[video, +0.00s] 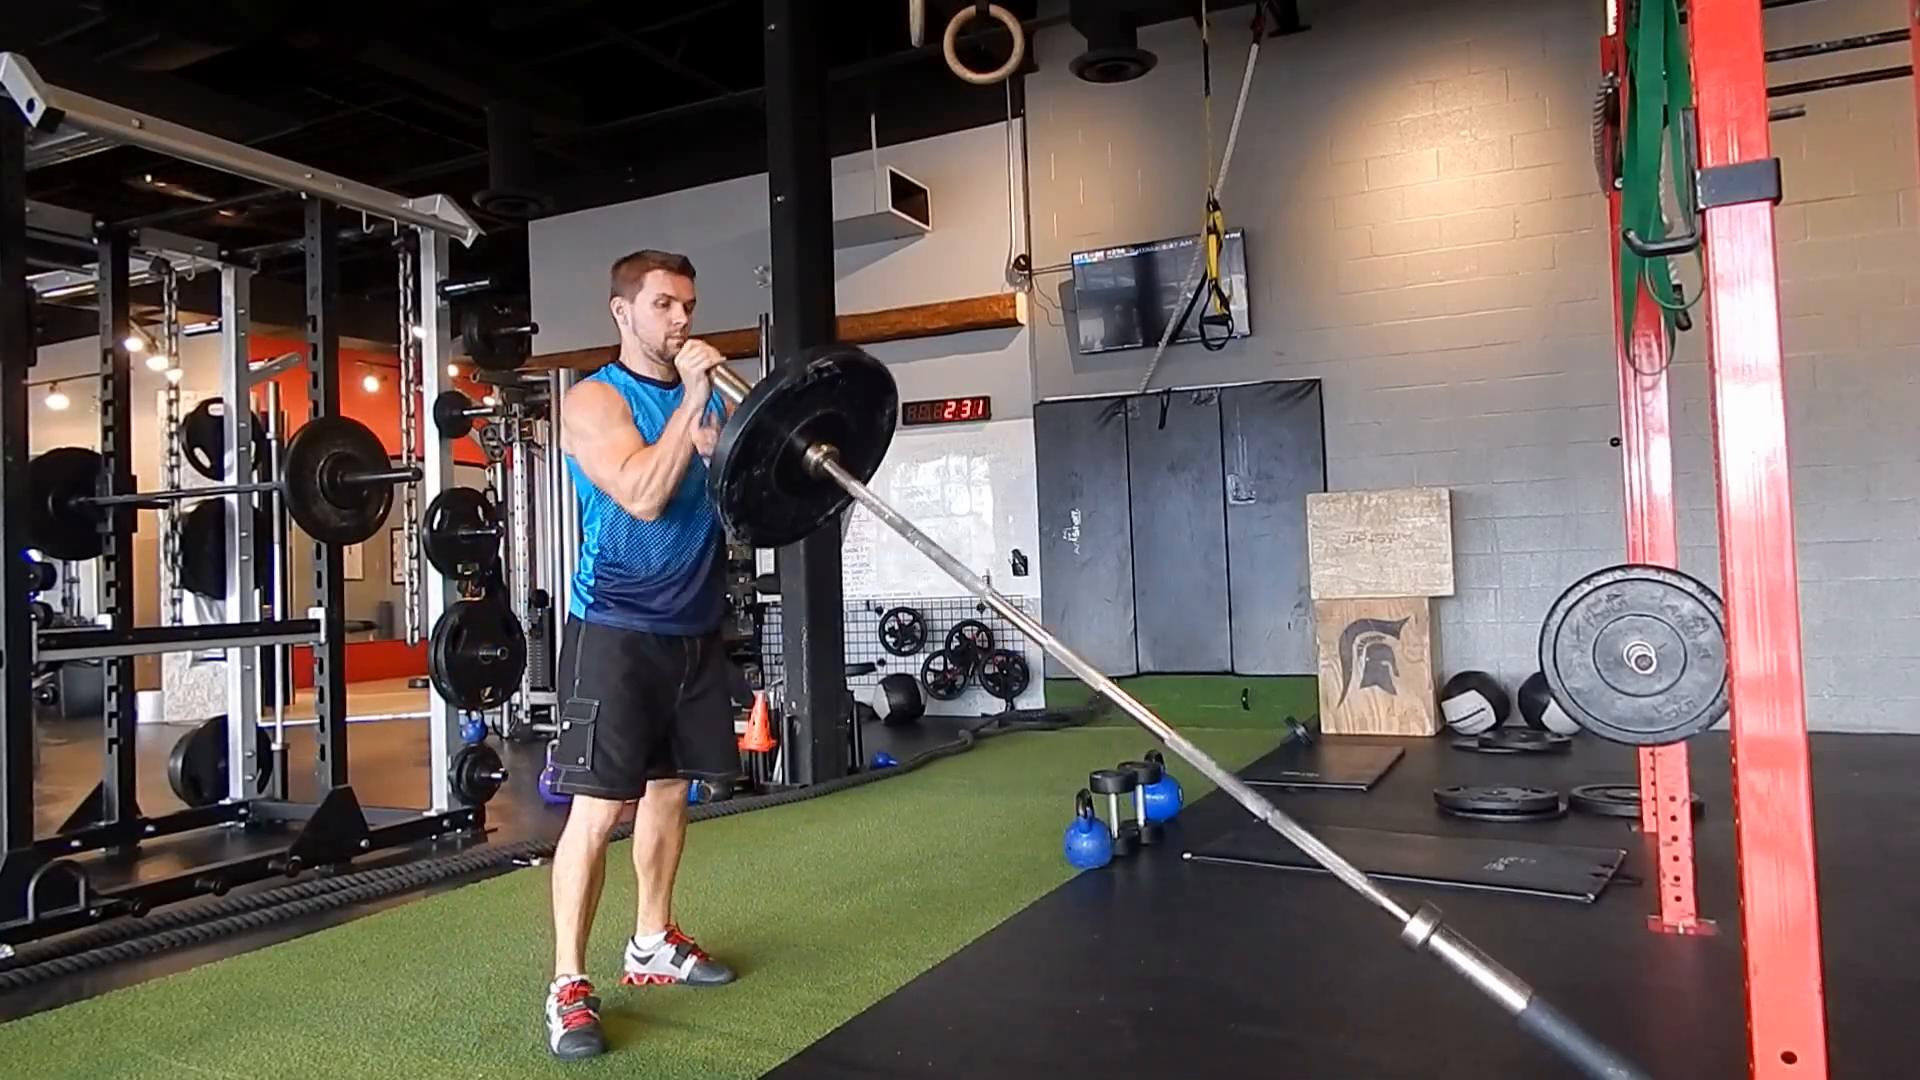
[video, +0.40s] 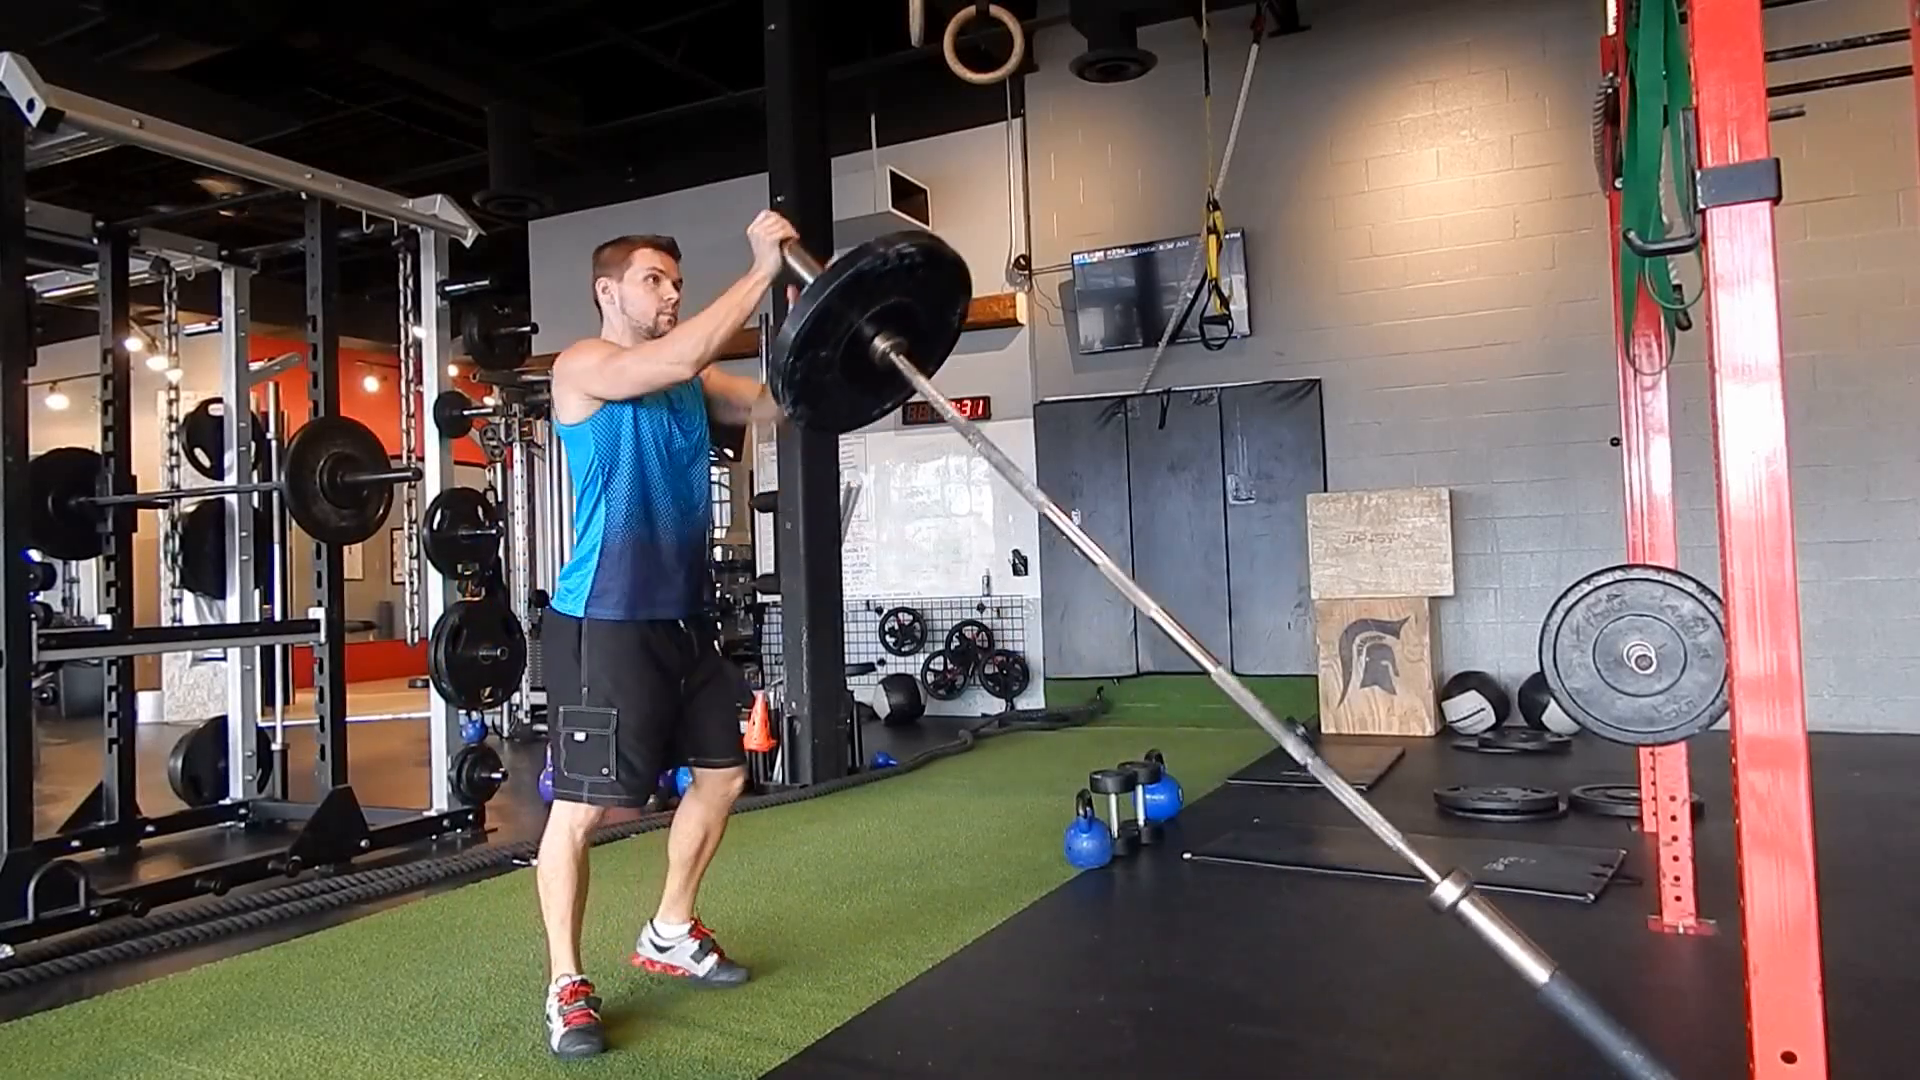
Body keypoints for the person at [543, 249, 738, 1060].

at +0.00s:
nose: (682, 318)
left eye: (688, 306)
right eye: (665, 304)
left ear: (693, 318)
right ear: (621, 311)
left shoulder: (708, 399)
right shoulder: (589, 400)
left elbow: (756, 480)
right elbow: (642, 493)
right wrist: (692, 396)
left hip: (694, 632)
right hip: (616, 632)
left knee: (668, 791)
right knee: (600, 806)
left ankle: (651, 942)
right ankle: (569, 983)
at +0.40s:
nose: (673, 293)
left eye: (677, 283)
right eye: (656, 280)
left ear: (673, 295)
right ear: (606, 291)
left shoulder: (692, 373)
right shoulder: (580, 364)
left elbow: (778, 398)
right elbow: (675, 357)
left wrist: (850, 348)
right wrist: (759, 276)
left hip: (683, 623)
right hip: (601, 623)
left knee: (723, 771)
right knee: (582, 803)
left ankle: (669, 930)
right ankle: (566, 980)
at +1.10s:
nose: (716, 288)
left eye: (719, 278)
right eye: (701, 278)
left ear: (718, 296)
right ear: (658, 293)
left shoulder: (749, 372)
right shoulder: (619, 365)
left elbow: (823, 325)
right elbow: (707, 298)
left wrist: (847, 236)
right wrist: (790, 212)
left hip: (732, 626)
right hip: (644, 624)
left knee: (720, 792)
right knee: (614, 803)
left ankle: (683, 960)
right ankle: (558, 977)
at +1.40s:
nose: (711, 317)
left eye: (713, 302)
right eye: (696, 301)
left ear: (703, 306)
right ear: (650, 296)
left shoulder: (716, 382)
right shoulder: (596, 365)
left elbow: (797, 335)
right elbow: (694, 290)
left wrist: (826, 241)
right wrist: (787, 206)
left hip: (702, 644)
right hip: (609, 642)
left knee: (720, 800)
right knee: (556, 832)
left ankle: (680, 963)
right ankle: (482, 1029)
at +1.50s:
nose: (707, 319)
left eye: (709, 304)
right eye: (693, 302)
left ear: (693, 308)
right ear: (646, 294)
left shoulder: (700, 380)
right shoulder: (590, 354)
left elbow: (782, 329)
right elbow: (688, 288)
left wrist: (826, 230)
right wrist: (790, 198)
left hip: (675, 641)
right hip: (587, 638)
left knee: (713, 786)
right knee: (550, 832)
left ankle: (684, 955)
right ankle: (480, 1029)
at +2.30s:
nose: (703, 285)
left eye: (705, 275)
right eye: (686, 276)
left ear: (699, 296)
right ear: (642, 295)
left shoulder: (727, 382)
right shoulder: (608, 367)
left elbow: (812, 328)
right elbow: (705, 286)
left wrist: (873, 249)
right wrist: (795, 192)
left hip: (710, 648)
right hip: (624, 646)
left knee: (728, 796)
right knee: (563, 835)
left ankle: (685, 961)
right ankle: (484, 1029)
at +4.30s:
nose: (592, 346)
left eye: (607, 333)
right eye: (573, 335)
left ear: (629, 352)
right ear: (547, 357)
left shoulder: (661, 430)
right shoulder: (509, 447)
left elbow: (645, 554)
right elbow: (500, 568)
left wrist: (514, 592)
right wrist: (457, 585)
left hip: (636, 664)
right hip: (531, 667)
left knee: (714, 848)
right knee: (463, 848)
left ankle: (754, 924)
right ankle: (473, 1036)